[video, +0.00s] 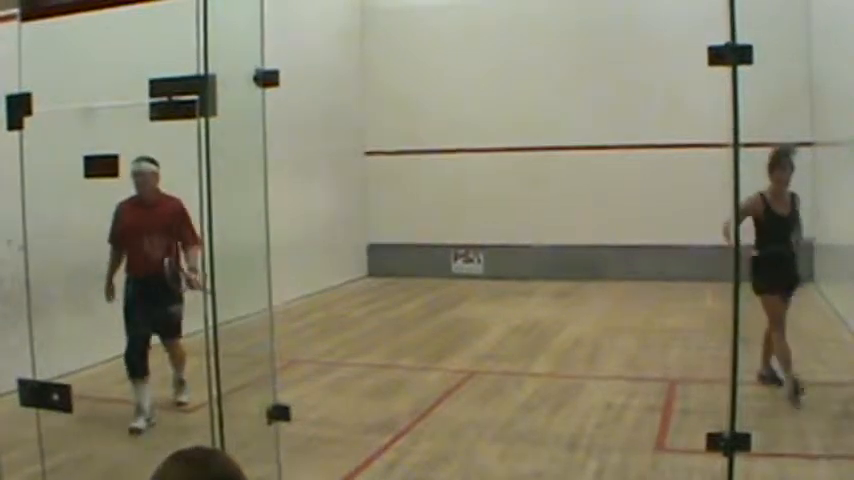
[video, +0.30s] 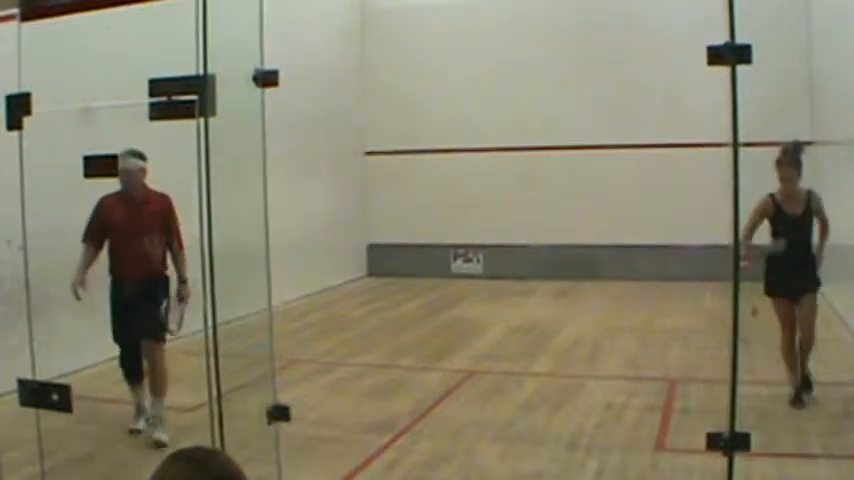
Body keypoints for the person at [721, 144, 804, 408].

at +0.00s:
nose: (784, 177)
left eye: (787, 172)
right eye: (779, 172)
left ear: (792, 174)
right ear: (770, 173)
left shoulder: (793, 200)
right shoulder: (757, 202)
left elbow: (795, 228)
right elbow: (730, 222)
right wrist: (731, 241)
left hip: (787, 261)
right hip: (764, 262)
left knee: (776, 321)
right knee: (777, 322)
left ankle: (766, 367)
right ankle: (790, 378)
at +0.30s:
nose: (785, 179)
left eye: (789, 174)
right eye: (781, 174)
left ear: (799, 173)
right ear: (777, 174)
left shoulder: (811, 200)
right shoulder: (770, 203)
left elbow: (824, 225)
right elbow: (748, 232)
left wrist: (819, 253)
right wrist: (747, 252)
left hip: (805, 267)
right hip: (778, 270)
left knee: (807, 331)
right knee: (788, 330)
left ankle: (803, 368)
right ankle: (795, 384)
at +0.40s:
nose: (785, 180)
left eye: (790, 176)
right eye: (782, 175)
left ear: (800, 173)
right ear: (779, 174)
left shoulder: (815, 199)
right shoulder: (772, 203)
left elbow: (832, 224)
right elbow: (752, 233)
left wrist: (824, 255)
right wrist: (745, 257)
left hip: (808, 268)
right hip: (781, 270)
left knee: (807, 331)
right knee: (789, 331)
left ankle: (815, 388)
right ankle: (795, 387)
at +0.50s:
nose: (784, 181)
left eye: (788, 176)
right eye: (782, 176)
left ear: (801, 174)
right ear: (780, 175)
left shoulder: (819, 199)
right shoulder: (776, 204)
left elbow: (840, 223)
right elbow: (758, 233)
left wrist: (831, 256)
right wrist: (750, 250)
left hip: (811, 270)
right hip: (785, 271)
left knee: (809, 332)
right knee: (790, 332)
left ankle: (816, 394)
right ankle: (795, 385)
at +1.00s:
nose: (771, 181)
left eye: (773, 175)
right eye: (770, 175)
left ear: (786, 174)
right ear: (783, 175)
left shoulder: (815, 198)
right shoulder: (784, 203)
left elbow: (846, 226)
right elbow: (776, 239)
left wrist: (828, 261)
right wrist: (757, 267)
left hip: (815, 275)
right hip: (794, 274)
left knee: (808, 336)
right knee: (781, 330)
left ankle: (814, 398)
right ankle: (788, 388)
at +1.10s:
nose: (766, 183)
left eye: (767, 178)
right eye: (765, 178)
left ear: (781, 175)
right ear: (779, 175)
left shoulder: (809, 200)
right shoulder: (782, 203)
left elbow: (841, 226)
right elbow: (782, 240)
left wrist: (824, 258)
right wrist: (763, 264)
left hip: (814, 276)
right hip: (792, 275)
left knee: (806, 335)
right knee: (781, 331)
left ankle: (814, 399)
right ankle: (773, 389)